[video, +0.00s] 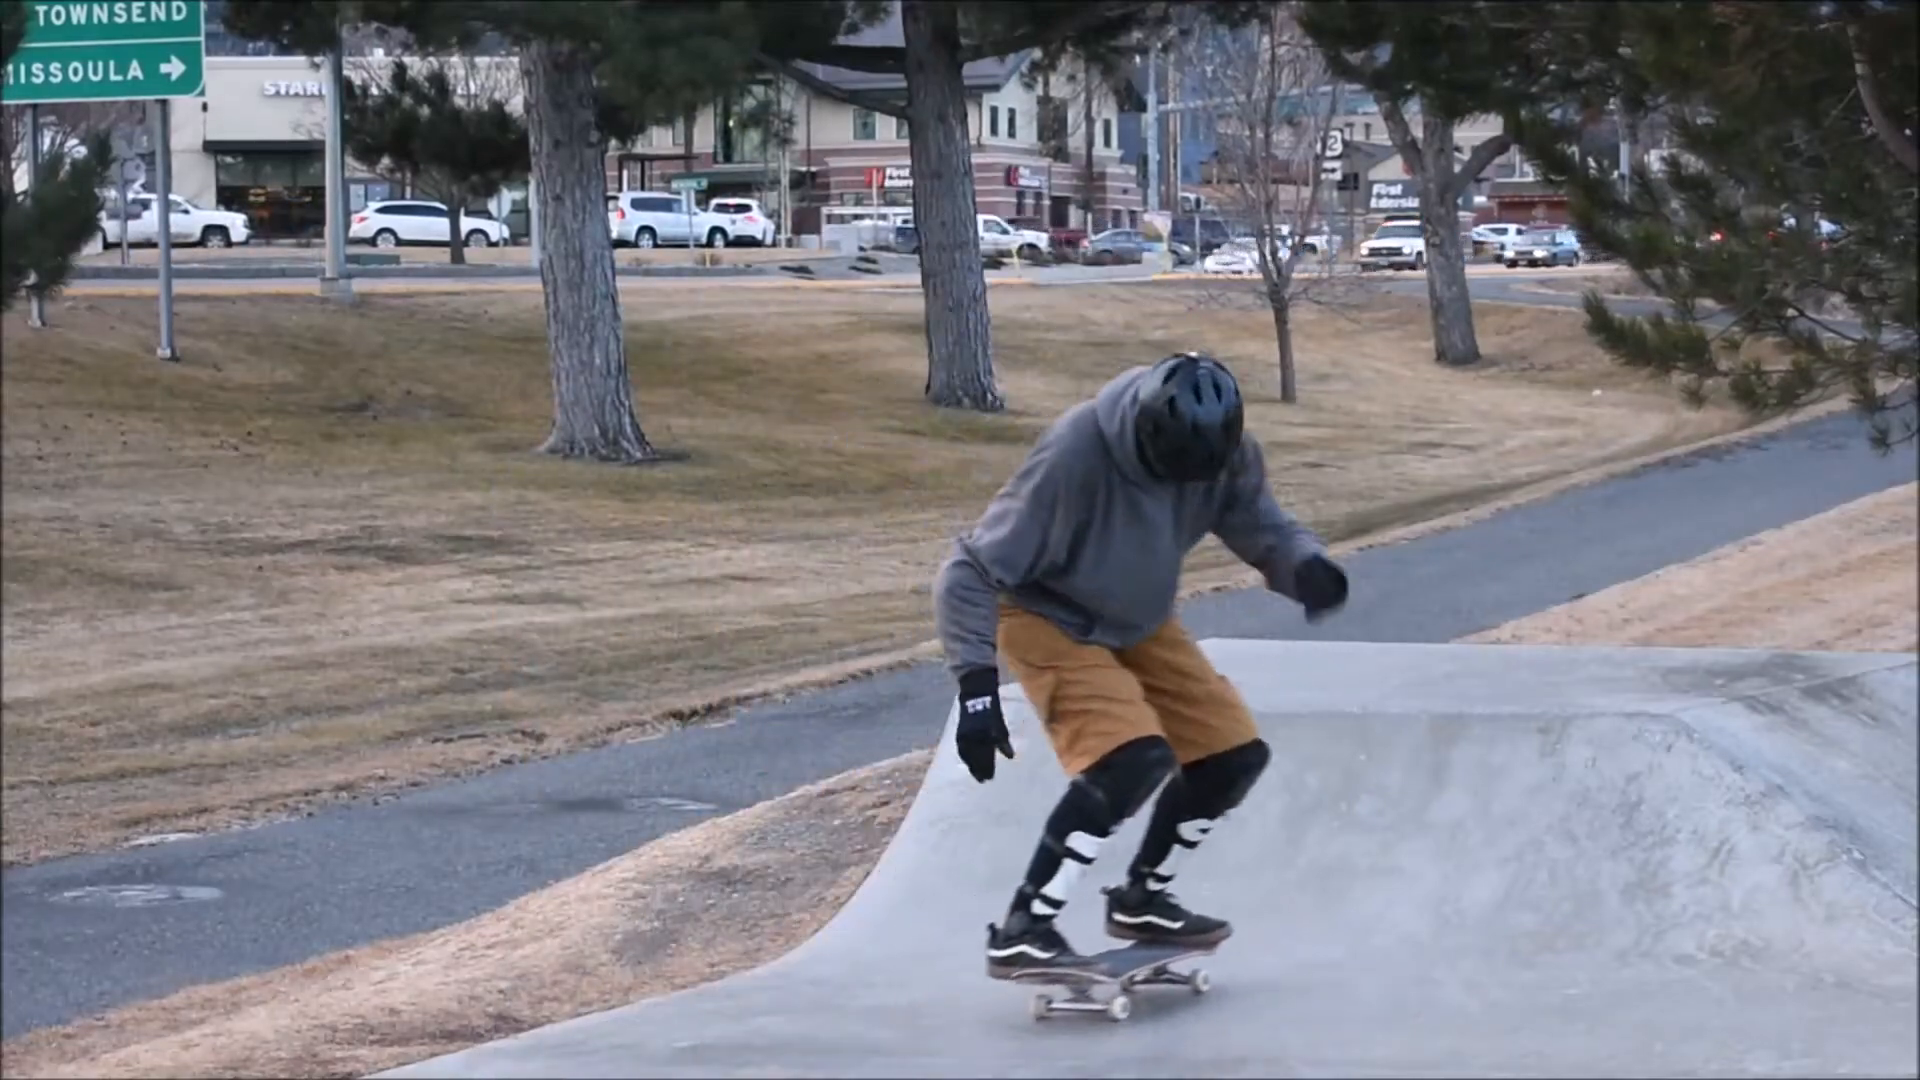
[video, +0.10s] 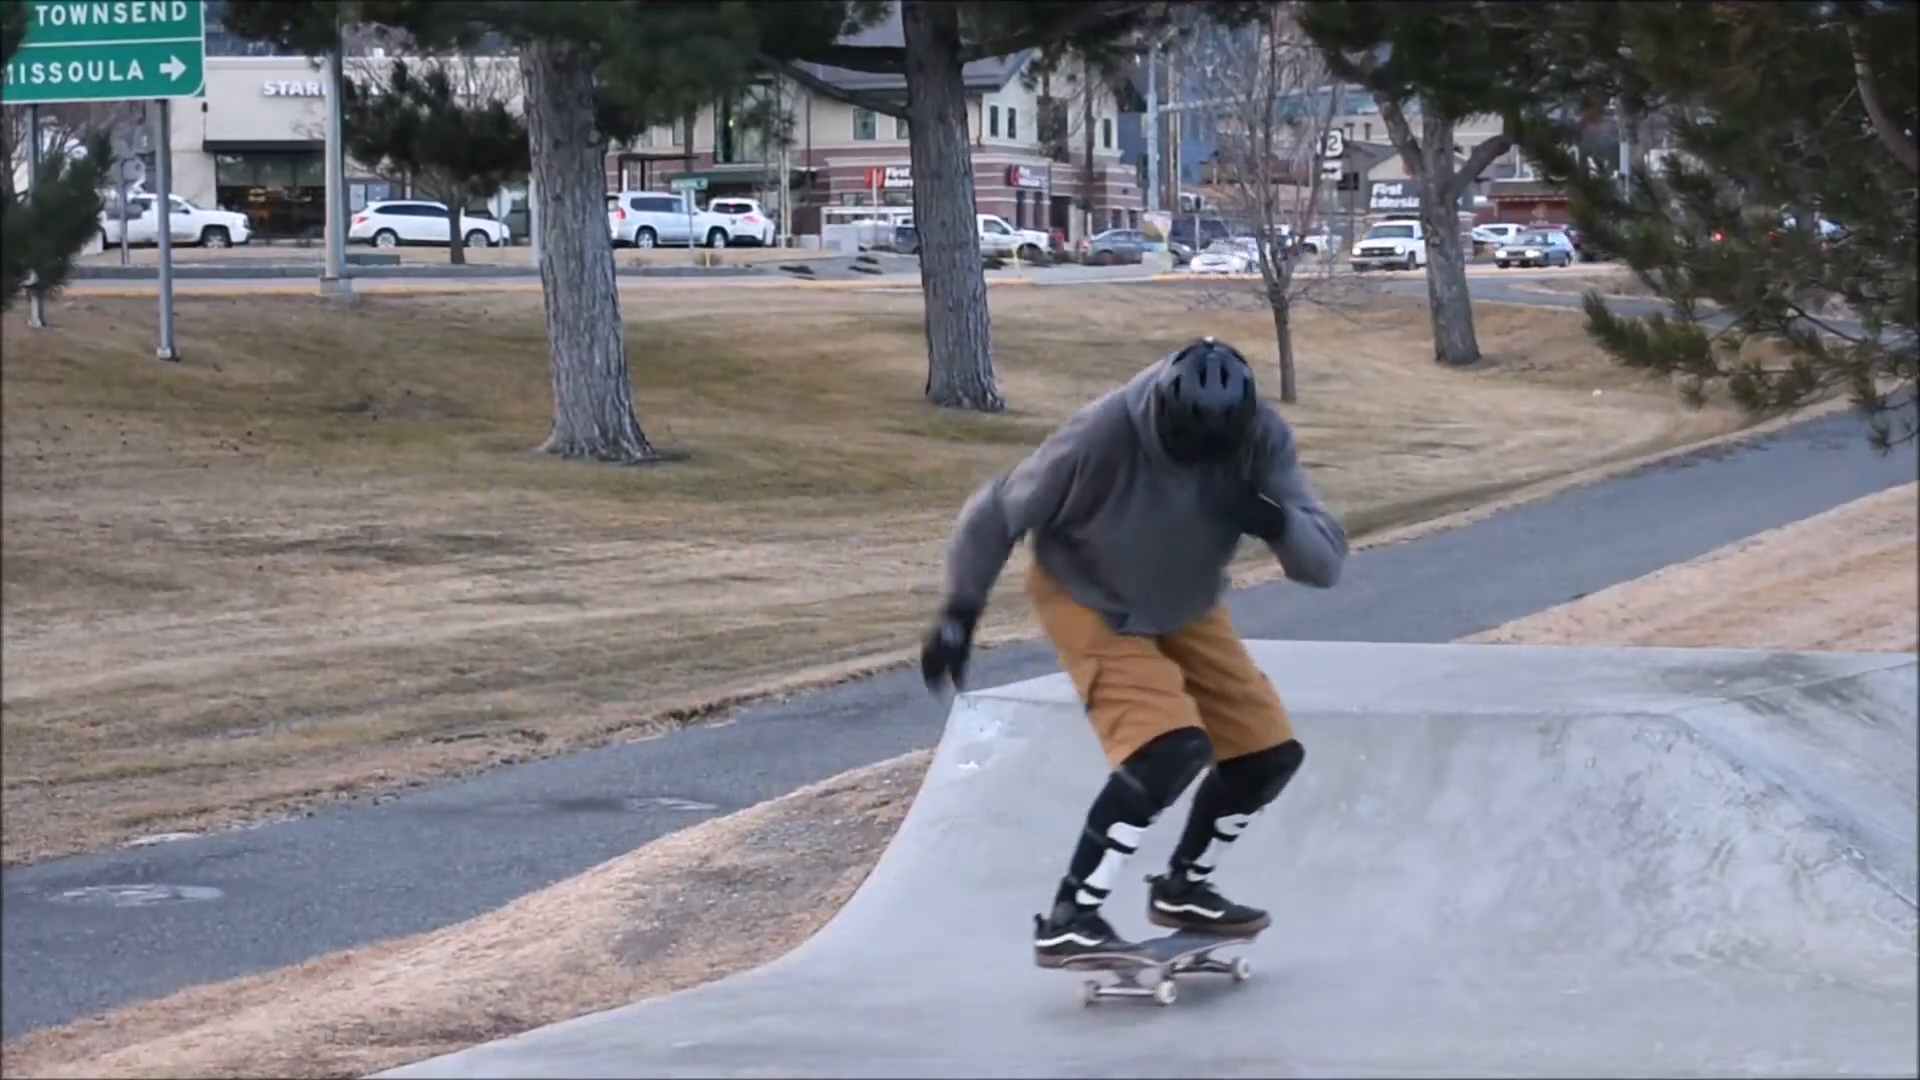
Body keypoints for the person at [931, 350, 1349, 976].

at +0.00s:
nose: (1186, 479)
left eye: (1203, 468)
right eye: (1174, 465)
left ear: (1227, 439)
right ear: (1147, 429)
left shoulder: (1228, 455)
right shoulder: (1076, 452)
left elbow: (1262, 523)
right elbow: (970, 568)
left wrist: (1306, 566)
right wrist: (977, 691)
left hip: (1139, 618)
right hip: (1043, 613)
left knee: (1231, 758)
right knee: (1132, 759)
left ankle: (1140, 897)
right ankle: (1023, 925)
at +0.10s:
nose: (1198, 461)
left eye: (1214, 451)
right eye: (1186, 448)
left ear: (1243, 424)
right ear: (1161, 412)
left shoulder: (1265, 438)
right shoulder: (1102, 435)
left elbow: (1324, 564)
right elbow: (995, 512)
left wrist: (1276, 524)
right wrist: (957, 615)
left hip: (1187, 598)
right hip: (1085, 594)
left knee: (1266, 756)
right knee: (1170, 748)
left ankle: (1181, 886)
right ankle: (1069, 916)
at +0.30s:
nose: (1209, 375)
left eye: (1222, 363)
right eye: (1195, 363)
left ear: (1253, 328)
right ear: (1170, 324)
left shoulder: (1292, 338)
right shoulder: (1137, 320)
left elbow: (1346, 452)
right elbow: (1070, 311)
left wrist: (1343, 541)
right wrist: (1003, 321)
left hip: (1274, 523)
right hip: (1170, 517)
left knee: (1324, 700)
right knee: (1202, 700)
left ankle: (1328, 826)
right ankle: (1144, 860)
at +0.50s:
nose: (1184, 403)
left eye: (1195, 394)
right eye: (1174, 392)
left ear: (1237, 366)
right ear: (1167, 363)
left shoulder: (1327, 335)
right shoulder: (1148, 364)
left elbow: (1446, 307)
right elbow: (1043, 413)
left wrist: (1547, 327)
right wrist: (945, 483)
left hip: (1359, 476)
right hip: (1268, 492)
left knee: (1339, 669)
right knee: (1236, 641)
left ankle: (1418, 818)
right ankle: (1306, 723)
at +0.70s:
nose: (1180, 423)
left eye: (1181, 408)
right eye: (1168, 416)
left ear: (1198, 367)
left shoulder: (1293, 361)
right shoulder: (1189, 407)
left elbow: (1425, 360)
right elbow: (1145, 479)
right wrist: (1134, 533)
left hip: (1410, 490)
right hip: (1333, 510)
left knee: (1328, 675)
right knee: (1258, 637)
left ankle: (1418, 830)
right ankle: (1328, 729)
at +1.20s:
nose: (1237, 368)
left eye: (1243, 352)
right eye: (1223, 360)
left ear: (1269, 311)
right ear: (1203, 341)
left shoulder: (1334, 302)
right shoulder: (1219, 384)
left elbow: (1443, 302)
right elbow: (1215, 463)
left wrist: (1427, 315)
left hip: (1425, 510)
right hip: (1324, 541)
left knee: (1505, 694)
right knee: (1367, 708)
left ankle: (1480, 859)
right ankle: (1325, 896)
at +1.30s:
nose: (1247, 392)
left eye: (1255, 377)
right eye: (1232, 383)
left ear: (1283, 337)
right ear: (1212, 363)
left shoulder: (1338, 327)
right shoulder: (1224, 419)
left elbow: (1452, 353)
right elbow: (1232, 535)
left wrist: (1373, 357)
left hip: (1412, 533)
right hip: (1312, 564)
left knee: (1499, 718)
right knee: (1357, 720)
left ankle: (1457, 869)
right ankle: (1293, 905)